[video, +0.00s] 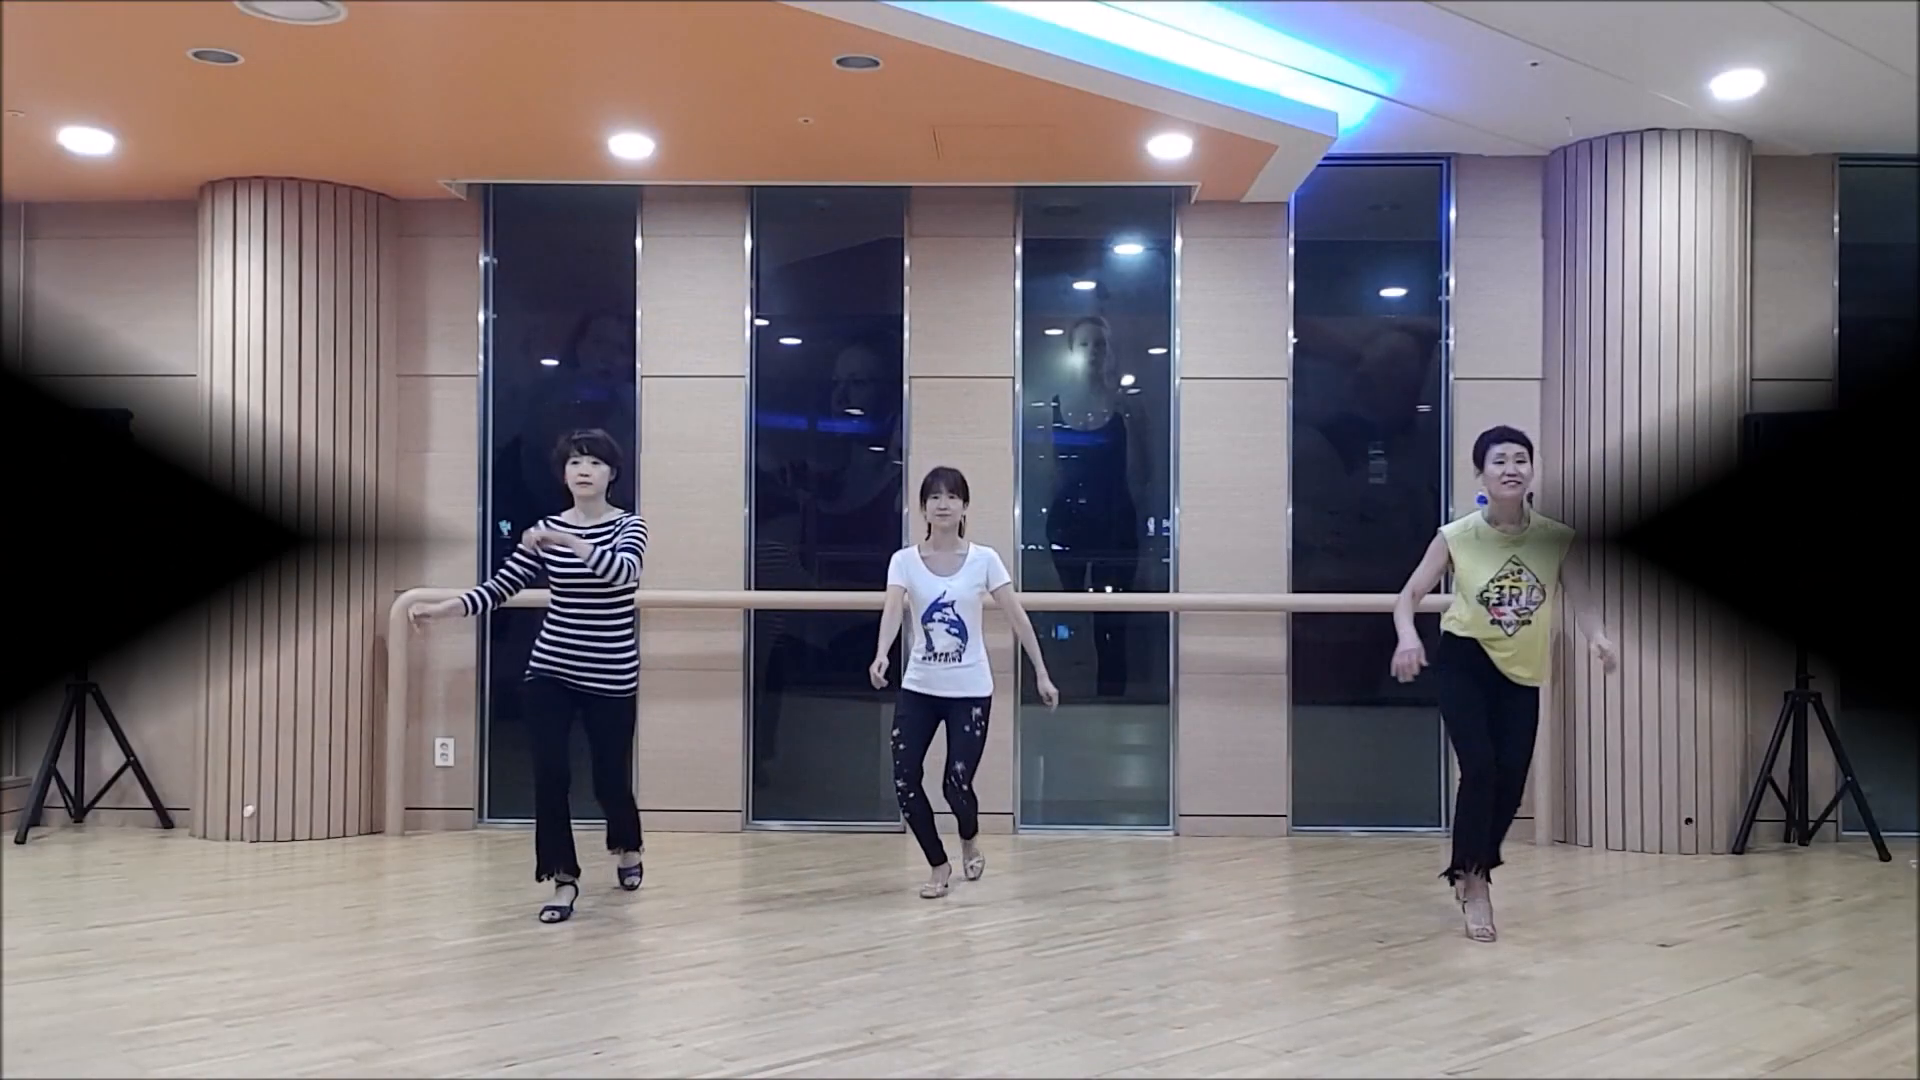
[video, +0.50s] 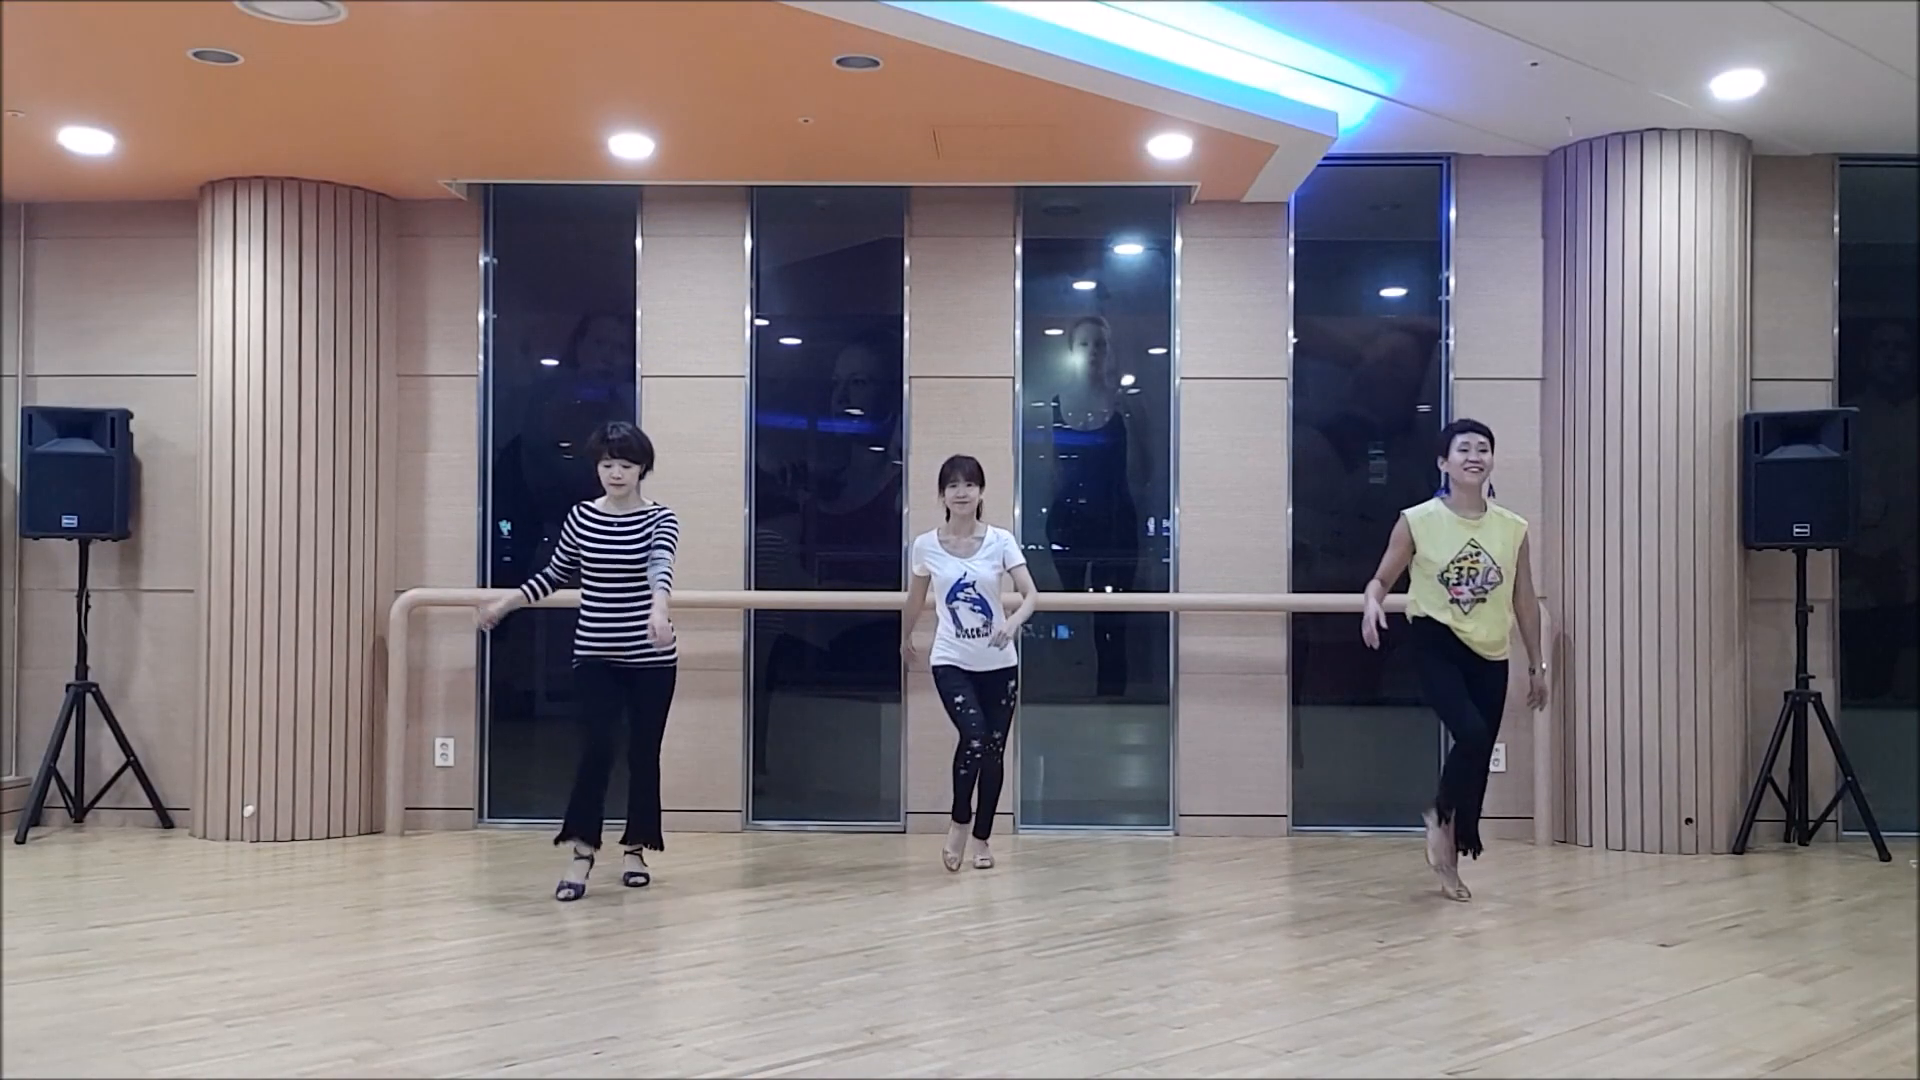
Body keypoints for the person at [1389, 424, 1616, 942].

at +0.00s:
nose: (1511, 470)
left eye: (1520, 461)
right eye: (1499, 462)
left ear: (1533, 472)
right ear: (1481, 476)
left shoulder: (1557, 537)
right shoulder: (1458, 535)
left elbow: (1573, 598)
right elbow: (1407, 598)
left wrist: (1597, 634)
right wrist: (1407, 637)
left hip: (1523, 670)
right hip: (1464, 659)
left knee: (1511, 783)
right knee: (1481, 767)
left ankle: (1473, 874)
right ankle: (1474, 884)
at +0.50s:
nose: (1473, 456)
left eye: (1481, 450)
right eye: (1463, 450)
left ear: (1493, 462)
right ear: (1444, 462)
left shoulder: (1513, 528)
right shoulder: (1417, 521)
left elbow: (1524, 600)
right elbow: (1380, 583)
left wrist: (1537, 665)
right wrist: (1372, 603)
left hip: (1490, 650)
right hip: (1434, 643)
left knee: (1477, 752)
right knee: (1474, 736)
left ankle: (1451, 858)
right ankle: (1441, 818)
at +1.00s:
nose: (1461, 447)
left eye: (1466, 441)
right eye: (1450, 442)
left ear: (1478, 454)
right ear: (1432, 458)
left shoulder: (1503, 518)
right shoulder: (1409, 516)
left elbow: (1507, 589)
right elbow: (1392, 585)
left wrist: (1503, 645)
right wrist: (1423, 603)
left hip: (1478, 649)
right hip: (1423, 642)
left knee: (1466, 756)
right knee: (1406, 744)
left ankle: (1448, 856)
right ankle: (1381, 833)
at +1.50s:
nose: (1463, 461)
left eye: (1472, 453)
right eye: (1454, 453)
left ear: (1483, 462)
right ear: (1436, 461)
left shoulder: (1500, 527)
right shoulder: (1407, 516)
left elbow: (1510, 600)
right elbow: (1387, 585)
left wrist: (1482, 574)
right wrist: (1395, 588)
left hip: (1479, 651)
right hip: (1423, 644)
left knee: (1470, 758)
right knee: (1432, 755)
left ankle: (1450, 858)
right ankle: (1421, 855)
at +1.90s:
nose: (1469, 454)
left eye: (1477, 447)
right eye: (1459, 447)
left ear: (1487, 457)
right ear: (1440, 457)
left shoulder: (1505, 517)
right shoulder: (1415, 515)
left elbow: (1517, 574)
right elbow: (1394, 578)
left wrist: (1515, 611)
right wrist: (1372, 598)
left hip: (1481, 643)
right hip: (1427, 638)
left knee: (1472, 758)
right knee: (1404, 749)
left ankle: (1447, 853)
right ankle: (1363, 850)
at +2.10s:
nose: (1481, 456)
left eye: (1488, 450)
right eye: (1471, 450)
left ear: (1498, 462)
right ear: (1450, 461)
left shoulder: (1518, 525)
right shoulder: (1423, 519)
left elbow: (1537, 598)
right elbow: (1394, 588)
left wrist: (1556, 657)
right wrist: (1372, 584)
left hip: (1494, 648)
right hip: (1439, 642)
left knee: (1477, 759)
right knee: (1437, 753)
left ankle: (1449, 853)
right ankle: (1396, 830)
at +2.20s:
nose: (1489, 455)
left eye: (1495, 449)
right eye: (1479, 448)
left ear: (1504, 461)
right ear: (1458, 460)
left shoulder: (1524, 524)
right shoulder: (1431, 517)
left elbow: (1539, 592)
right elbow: (1403, 580)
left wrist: (1561, 652)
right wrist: (1389, 588)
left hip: (1500, 645)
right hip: (1446, 639)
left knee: (1481, 750)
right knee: (1457, 745)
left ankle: (1450, 848)